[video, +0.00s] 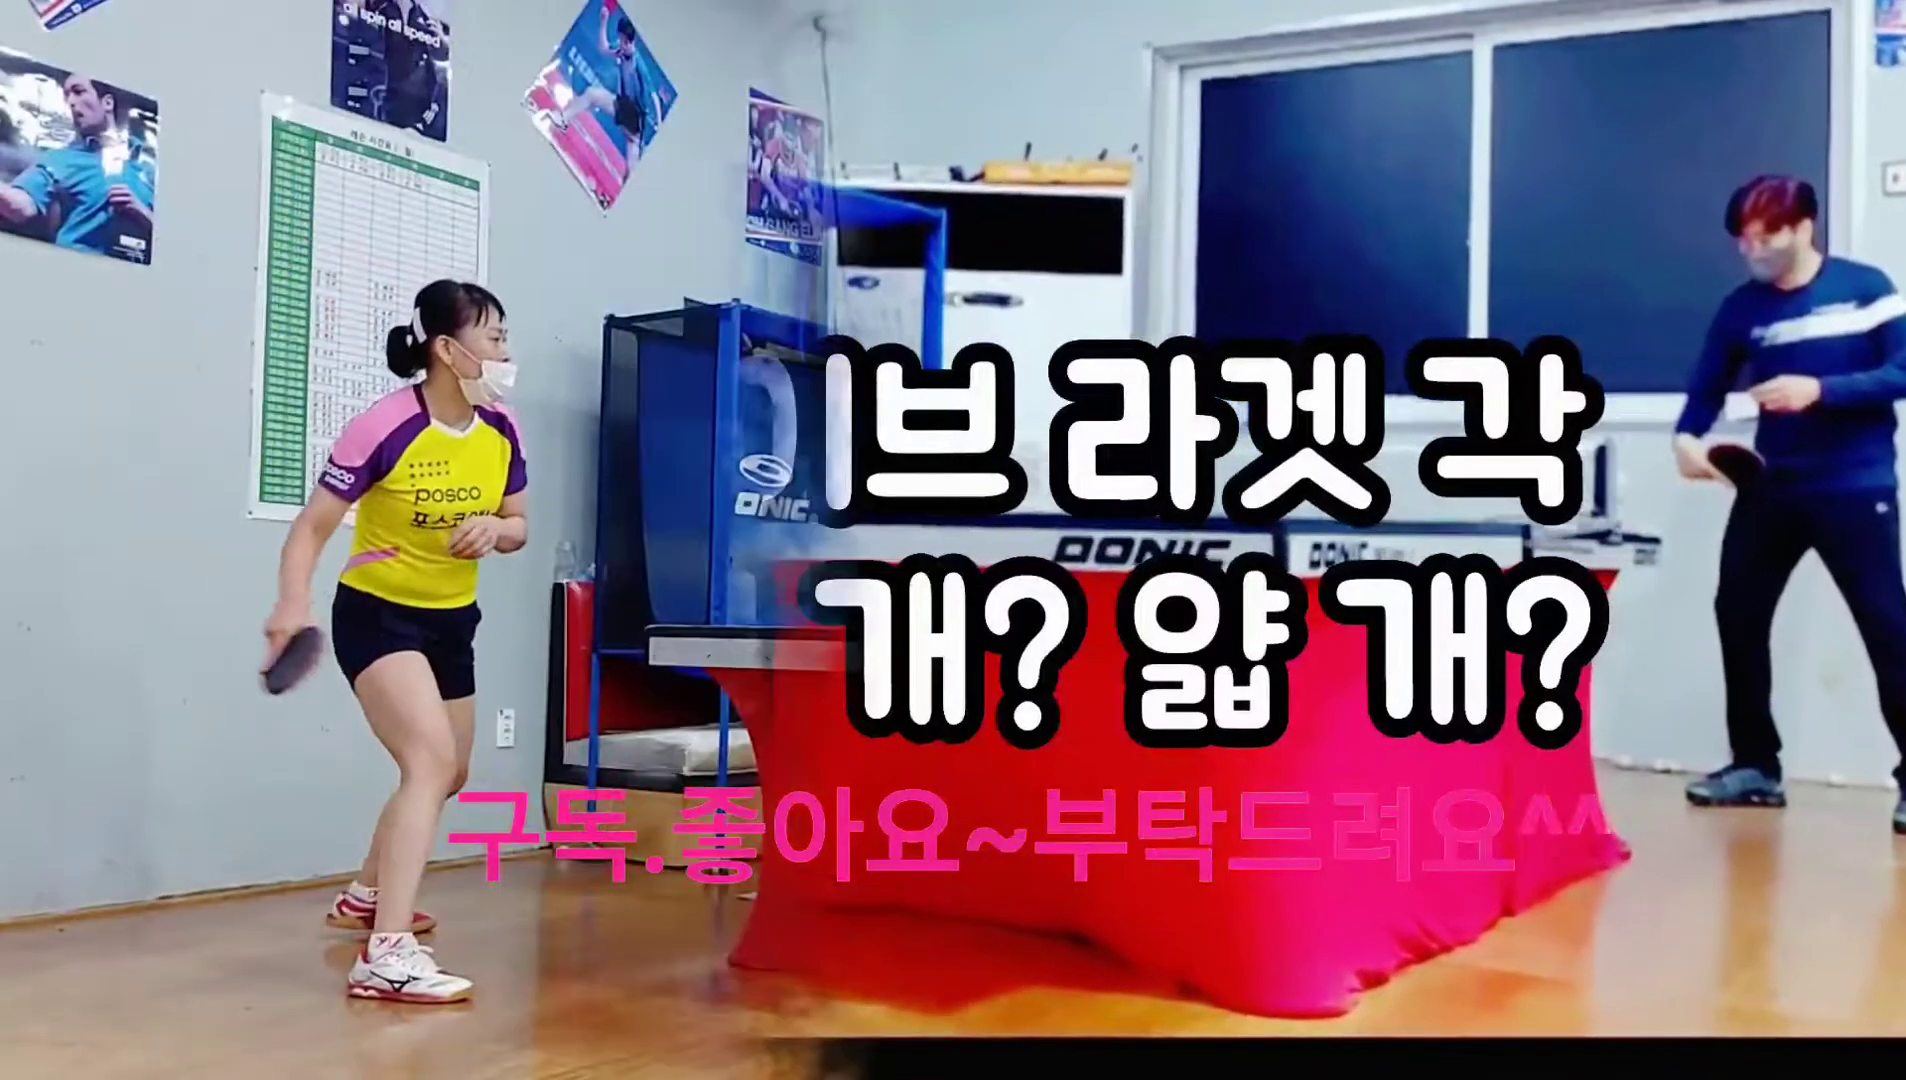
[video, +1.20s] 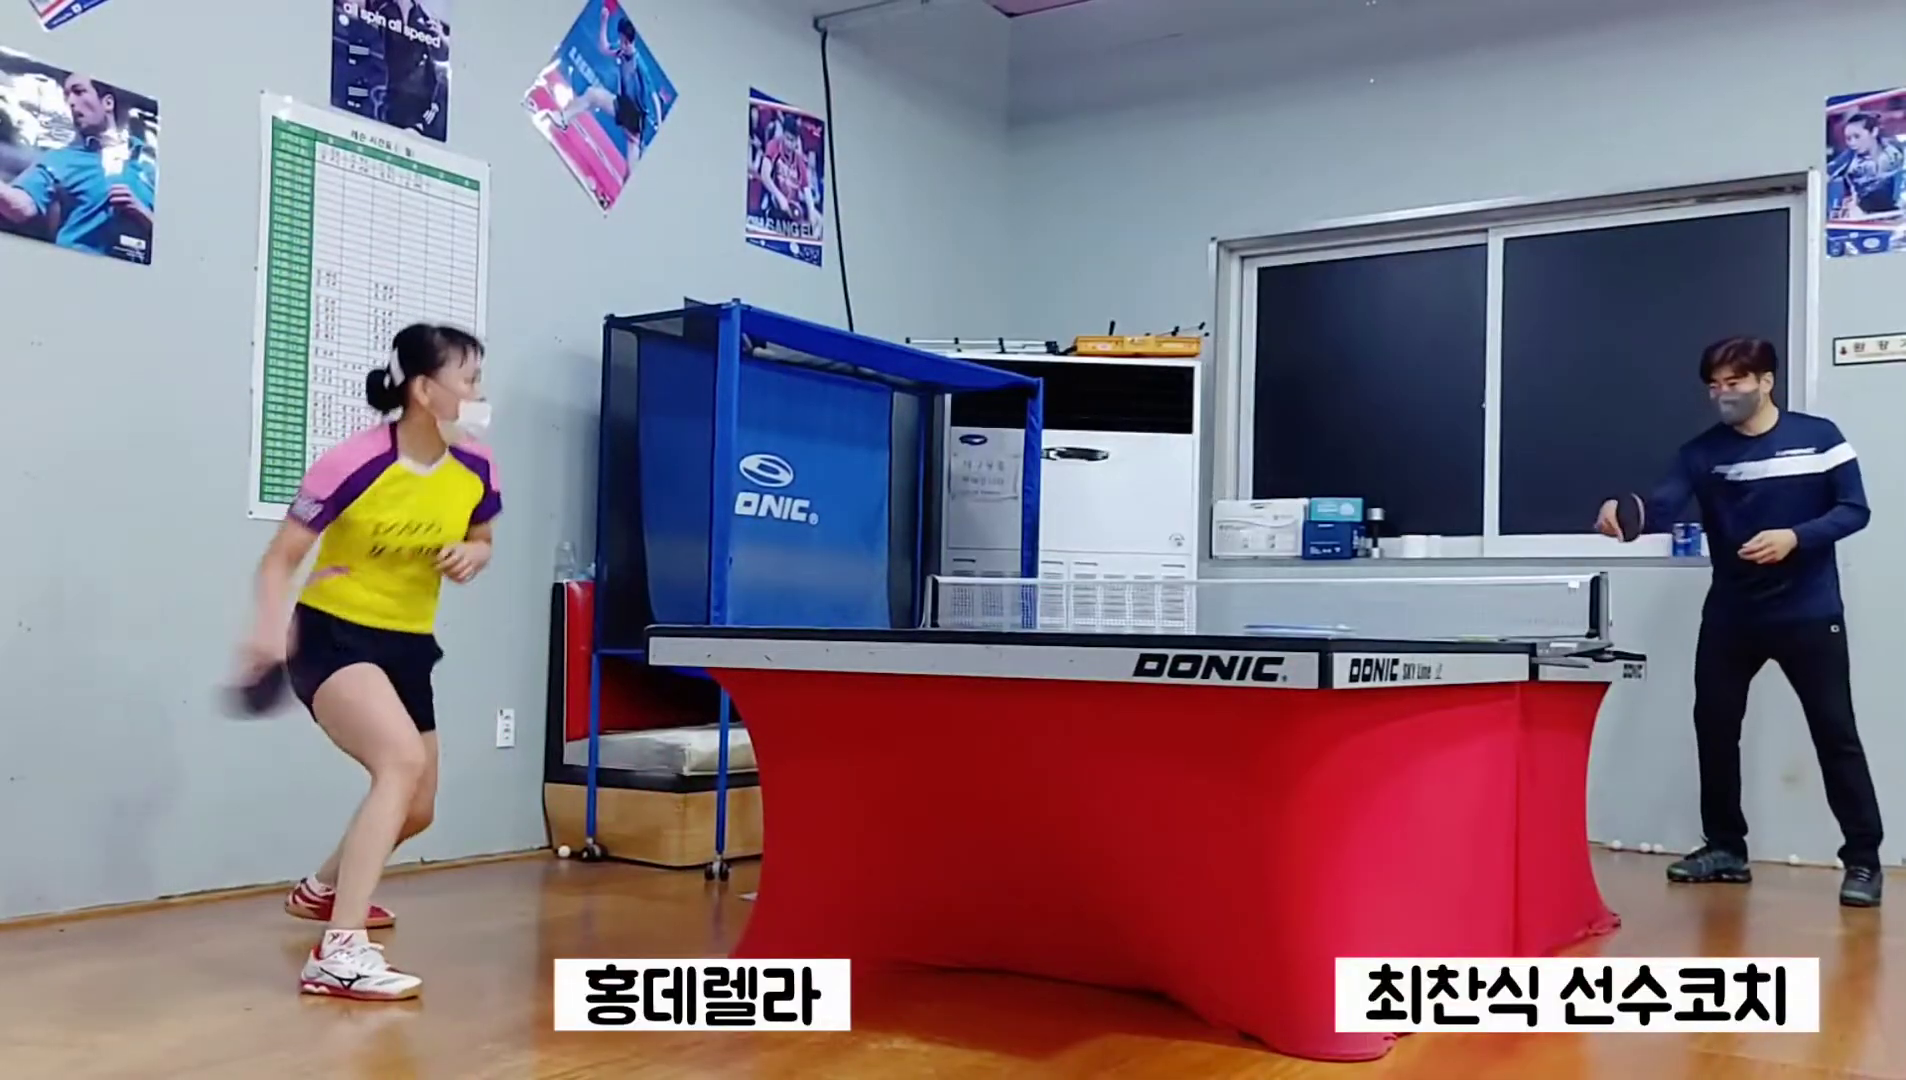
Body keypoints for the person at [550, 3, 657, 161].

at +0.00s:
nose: (621, 42)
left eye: (624, 39)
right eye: (621, 38)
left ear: (628, 40)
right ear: (621, 38)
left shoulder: (630, 56)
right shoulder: (622, 53)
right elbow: (603, 49)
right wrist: (604, 22)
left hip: (626, 107)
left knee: (593, 94)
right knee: (630, 166)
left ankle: (563, 118)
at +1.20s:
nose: (621, 42)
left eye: (623, 39)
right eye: (621, 39)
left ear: (627, 40)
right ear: (623, 39)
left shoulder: (630, 55)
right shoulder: (623, 53)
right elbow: (603, 49)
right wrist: (604, 22)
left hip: (628, 108)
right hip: (636, 115)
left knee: (593, 94)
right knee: (632, 164)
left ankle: (563, 118)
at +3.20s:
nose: (621, 42)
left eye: (624, 39)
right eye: (621, 38)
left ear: (628, 40)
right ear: (620, 37)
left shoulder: (632, 57)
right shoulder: (621, 52)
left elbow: (631, 55)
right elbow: (604, 50)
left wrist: (628, 47)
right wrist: (604, 22)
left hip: (628, 108)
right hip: (636, 114)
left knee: (592, 95)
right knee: (633, 147)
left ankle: (562, 118)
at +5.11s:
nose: (622, 43)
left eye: (624, 40)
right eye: (621, 39)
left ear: (628, 41)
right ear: (620, 38)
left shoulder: (631, 57)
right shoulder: (620, 53)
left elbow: (631, 56)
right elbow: (604, 50)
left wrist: (628, 50)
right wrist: (604, 22)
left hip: (628, 108)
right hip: (637, 114)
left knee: (593, 94)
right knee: (633, 145)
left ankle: (563, 118)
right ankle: (629, 180)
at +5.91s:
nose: (621, 41)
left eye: (623, 38)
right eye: (621, 38)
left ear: (627, 39)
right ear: (620, 37)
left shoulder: (631, 56)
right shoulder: (621, 52)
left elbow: (630, 54)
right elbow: (604, 49)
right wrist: (604, 22)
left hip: (628, 109)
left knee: (593, 94)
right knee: (631, 168)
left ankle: (563, 117)